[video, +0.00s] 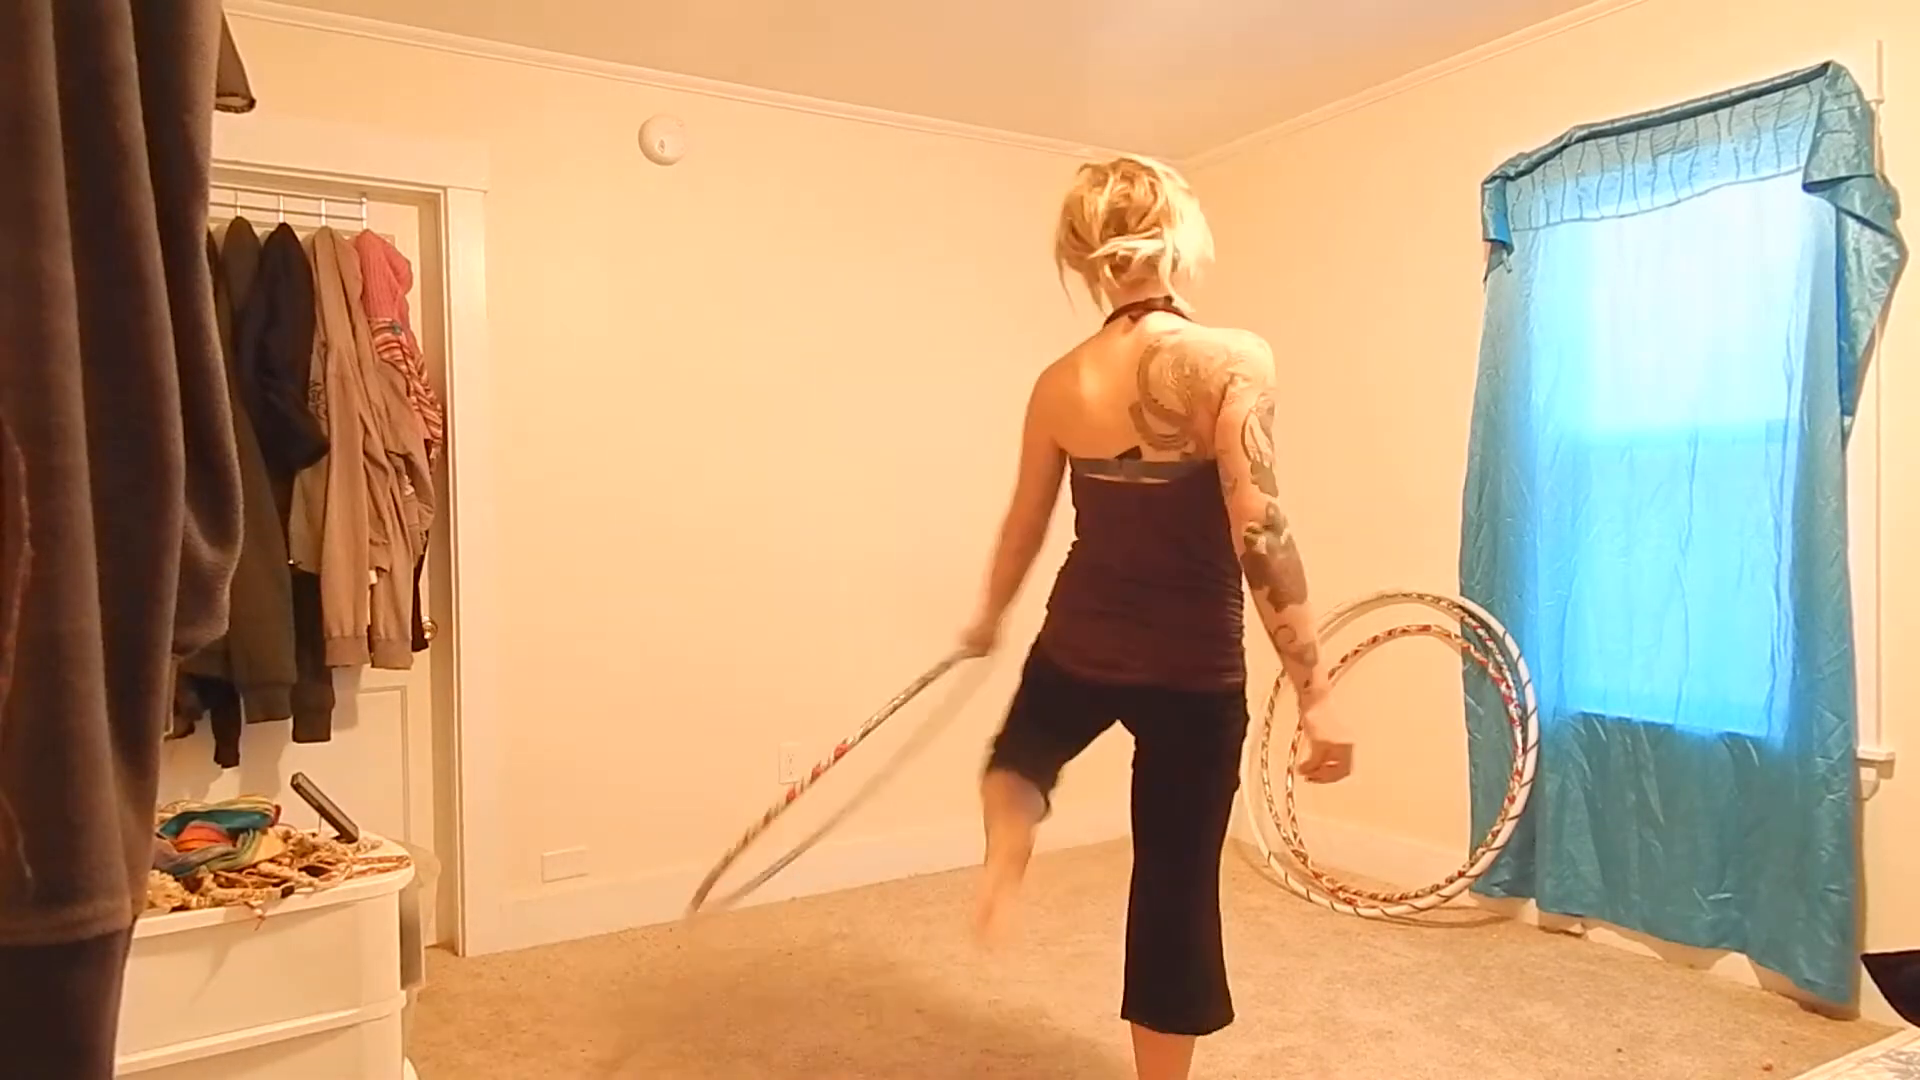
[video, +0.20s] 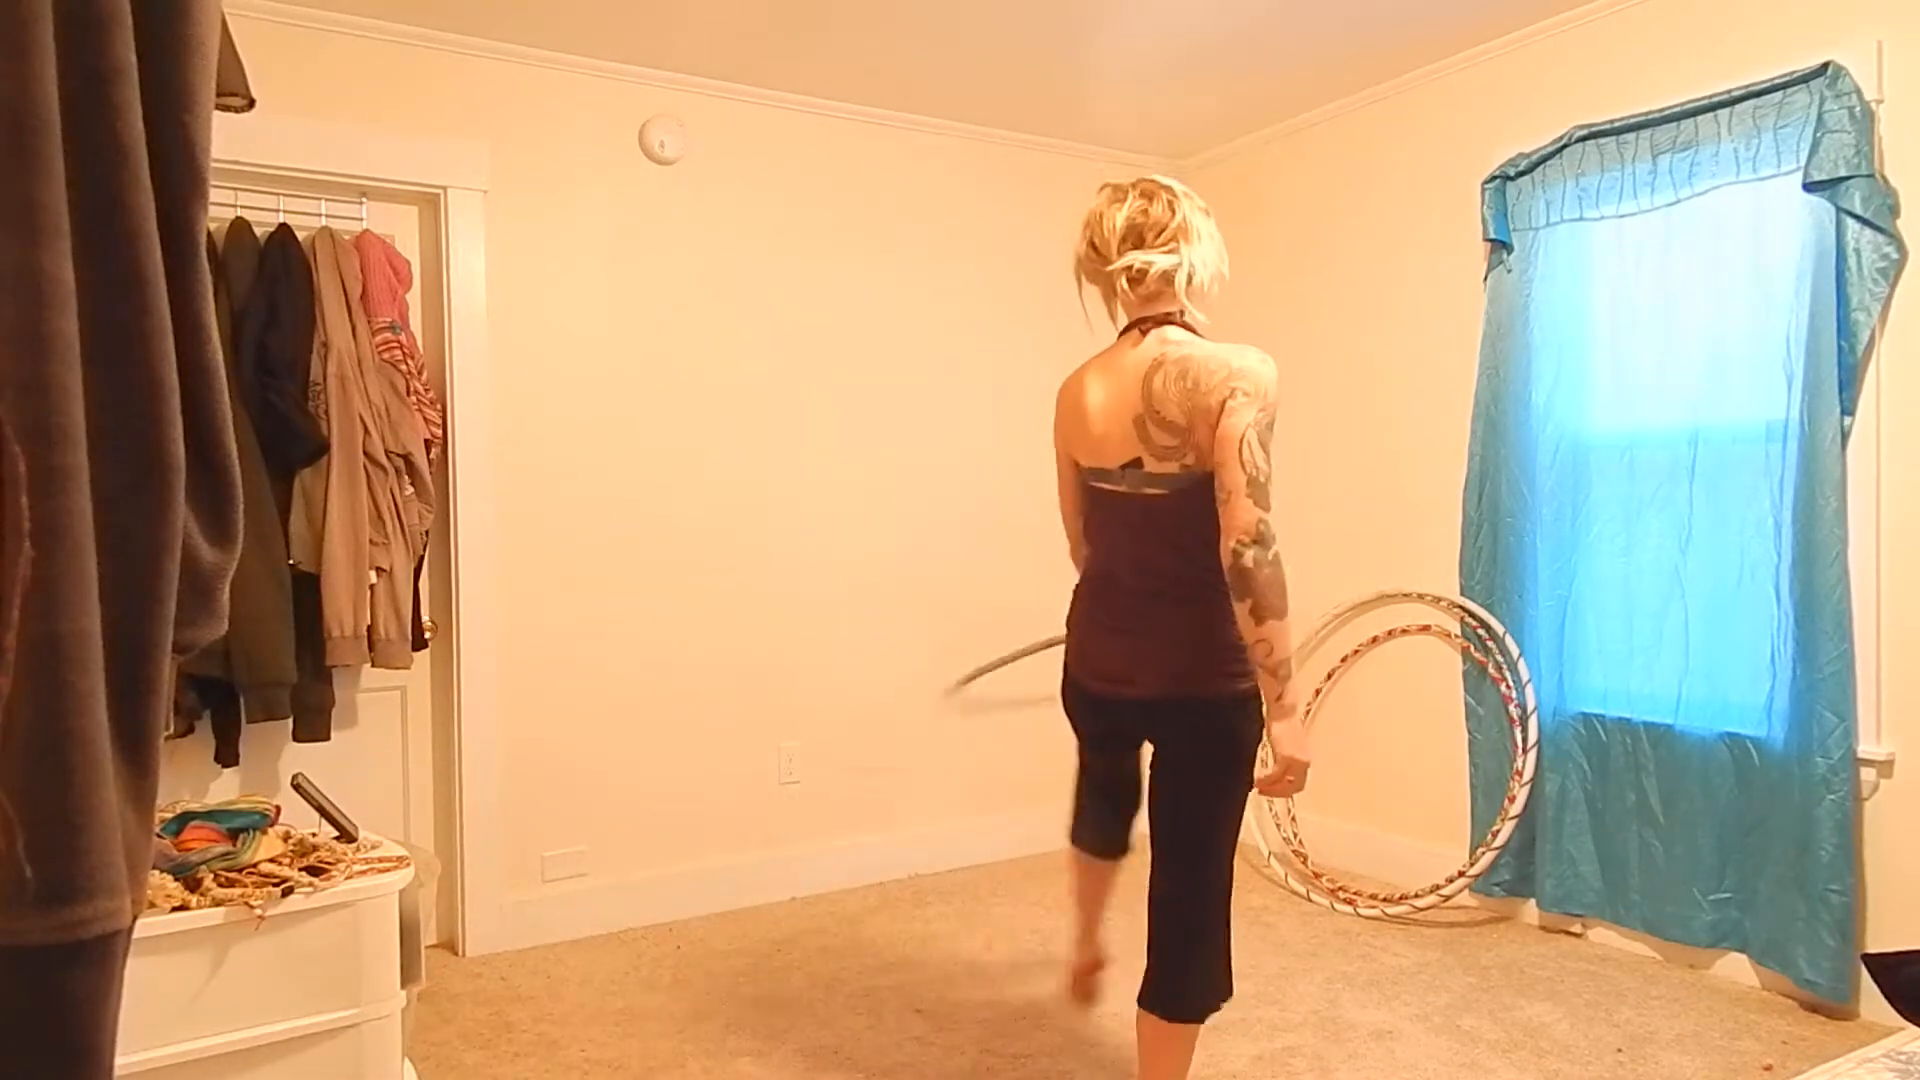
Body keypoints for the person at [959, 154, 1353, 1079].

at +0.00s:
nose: (1194, 246)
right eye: (1188, 231)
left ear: (1088, 259)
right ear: (1184, 244)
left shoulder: (1061, 384)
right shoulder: (1231, 360)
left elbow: (1024, 529)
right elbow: (1258, 531)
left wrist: (986, 619)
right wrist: (1312, 681)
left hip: (1079, 648)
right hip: (1194, 666)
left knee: (1025, 753)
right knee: (1174, 887)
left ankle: (1004, 853)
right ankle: (1161, 1068)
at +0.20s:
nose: (1216, 263)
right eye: (1209, 248)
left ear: (1105, 274)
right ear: (1199, 259)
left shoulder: (1078, 389)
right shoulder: (1235, 372)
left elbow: (1081, 543)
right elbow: (1245, 546)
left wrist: (1133, 622)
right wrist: (1282, 709)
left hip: (1098, 669)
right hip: (1205, 675)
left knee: (1104, 782)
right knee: (1185, 919)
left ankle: (1085, 951)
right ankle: (1162, 1068)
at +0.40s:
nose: (1210, 288)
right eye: (1205, 273)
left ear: (1112, 297)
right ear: (1199, 283)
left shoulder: (1089, 409)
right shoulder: (1223, 397)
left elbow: (1121, 560)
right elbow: (1236, 568)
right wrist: (1284, 717)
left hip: (1123, 690)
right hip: (1209, 689)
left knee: (1183, 894)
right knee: (1195, 927)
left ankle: (1170, 1050)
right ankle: (1158, 1070)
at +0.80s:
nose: (1203, 331)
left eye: (1159, 325)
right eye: (1206, 318)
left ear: (1127, 338)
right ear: (1205, 325)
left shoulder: (1107, 437)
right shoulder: (1245, 419)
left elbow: (1093, 565)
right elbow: (1265, 561)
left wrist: (1097, 615)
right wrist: (1296, 687)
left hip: (1151, 680)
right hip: (1237, 675)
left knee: (1207, 838)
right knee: (1266, 842)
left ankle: (1244, 995)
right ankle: (1210, 1033)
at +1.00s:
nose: (1112, 352)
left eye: (1112, 336)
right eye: (1110, 338)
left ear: (1127, 334)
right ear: (1197, 323)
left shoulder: (1108, 432)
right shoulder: (1254, 413)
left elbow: (1057, 551)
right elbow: (1300, 536)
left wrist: (998, 643)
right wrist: (1325, 643)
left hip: (1159, 656)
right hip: (1251, 643)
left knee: (1203, 811)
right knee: (1311, 769)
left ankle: (1242, 982)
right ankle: (1272, 890)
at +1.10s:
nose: (1109, 355)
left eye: (1109, 338)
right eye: (1106, 339)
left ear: (1129, 333)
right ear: (1189, 324)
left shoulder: (1116, 430)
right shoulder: (1255, 411)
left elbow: (1069, 553)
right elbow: (1315, 525)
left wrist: (1009, 655)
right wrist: (1342, 624)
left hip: (1165, 648)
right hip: (1255, 630)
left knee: (1211, 807)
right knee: (1295, 719)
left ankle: (1246, 985)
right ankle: (1266, 776)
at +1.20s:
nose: (1103, 357)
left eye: (1102, 339)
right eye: (1099, 341)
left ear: (1126, 332)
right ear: (1180, 321)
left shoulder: (1125, 421)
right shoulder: (1245, 401)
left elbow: (1110, 544)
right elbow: (1320, 507)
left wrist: (1067, 657)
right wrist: (1343, 609)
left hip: (1173, 645)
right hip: (1257, 632)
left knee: (1210, 804)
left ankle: (1244, 983)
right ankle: (1272, 713)